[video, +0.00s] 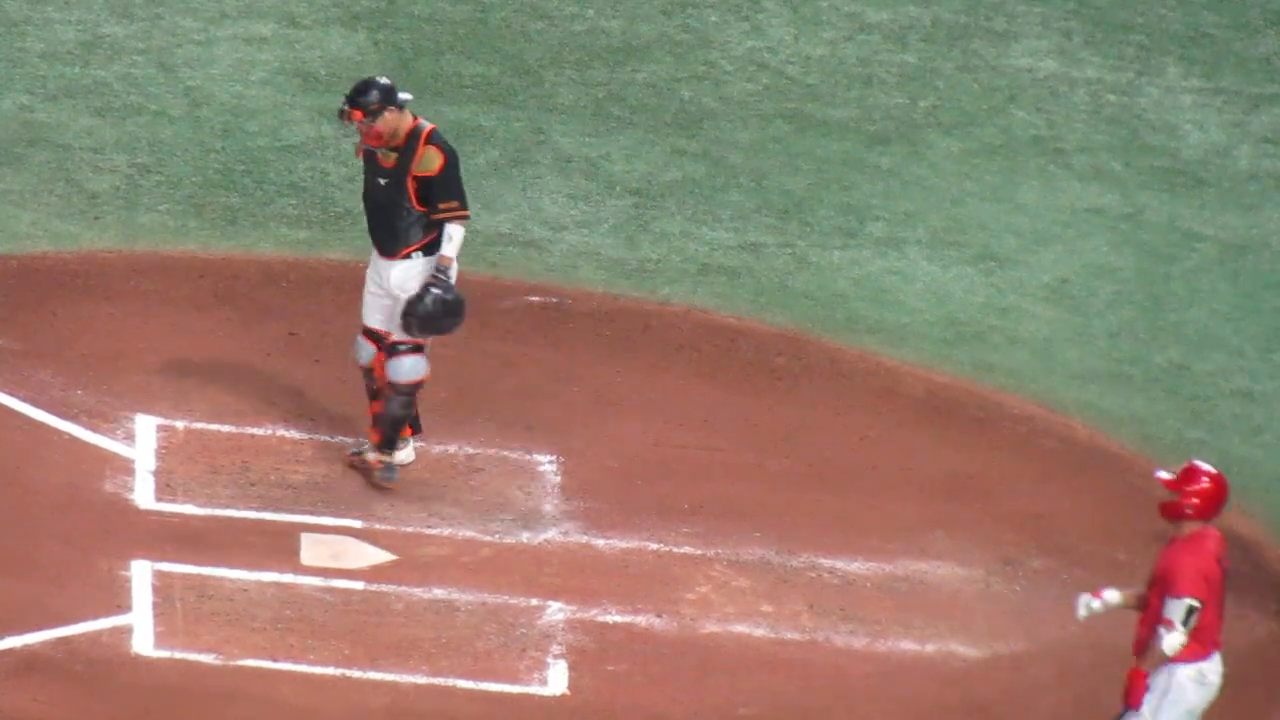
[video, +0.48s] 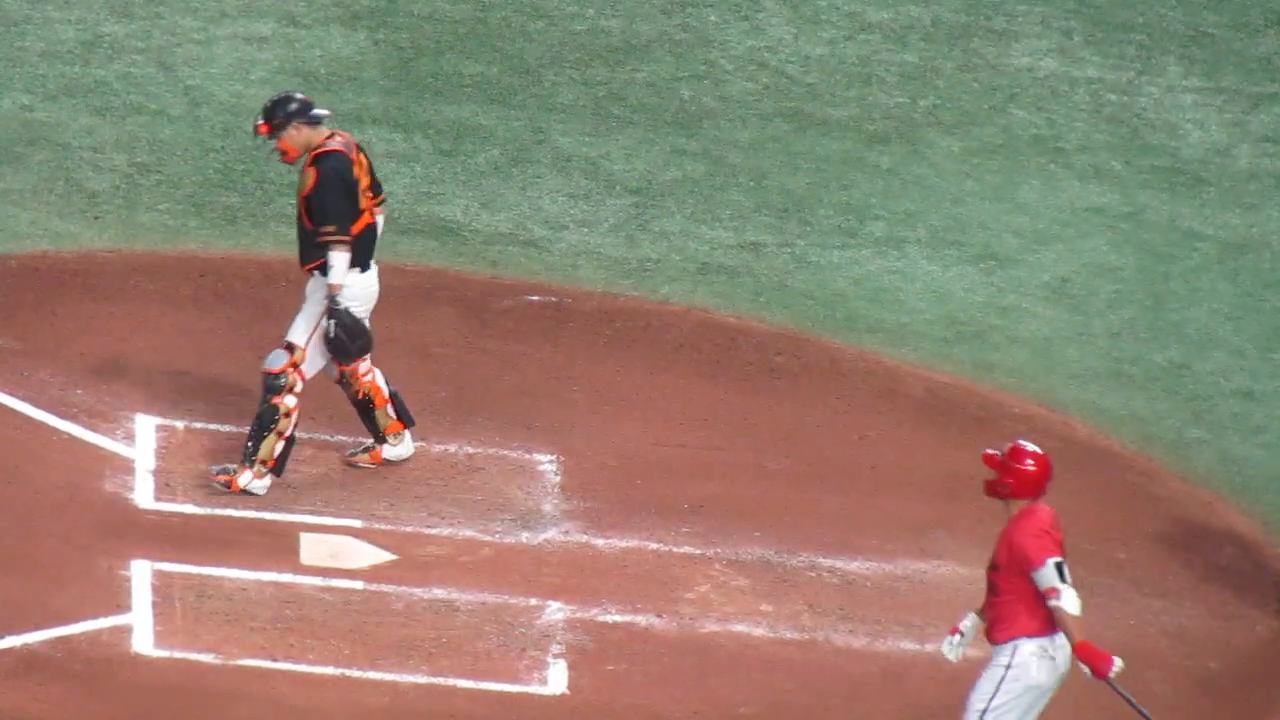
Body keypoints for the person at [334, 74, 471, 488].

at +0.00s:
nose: (364, 131)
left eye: (369, 122)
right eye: (360, 123)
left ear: (390, 113)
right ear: (369, 119)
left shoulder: (431, 149)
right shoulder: (376, 138)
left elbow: (455, 218)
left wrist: (442, 273)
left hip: (419, 265)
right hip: (382, 260)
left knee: (405, 358)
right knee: (370, 351)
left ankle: (394, 446)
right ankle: (392, 437)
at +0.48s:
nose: (279, 147)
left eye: (280, 137)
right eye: (275, 139)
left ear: (302, 127)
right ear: (304, 127)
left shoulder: (328, 167)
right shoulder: (344, 146)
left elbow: (337, 239)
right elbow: (375, 209)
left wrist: (336, 304)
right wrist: (356, 256)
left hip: (337, 282)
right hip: (357, 277)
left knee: (284, 371)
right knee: (351, 365)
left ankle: (257, 472)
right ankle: (396, 439)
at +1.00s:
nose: (198, 151)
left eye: (196, 141)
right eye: (193, 144)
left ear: (212, 128)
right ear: (227, 120)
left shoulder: (236, 161)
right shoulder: (277, 137)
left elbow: (235, 237)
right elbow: (313, 193)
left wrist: (203, 289)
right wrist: (315, 243)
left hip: (277, 275)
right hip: (306, 266)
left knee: (244, 370)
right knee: (269, 364)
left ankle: (247, 471)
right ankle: (273, 460)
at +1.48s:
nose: (211, 98)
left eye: (218, 92)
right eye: (212, 90)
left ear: (240, 98)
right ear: (240, 97)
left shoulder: (259, 142)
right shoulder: (250, 133)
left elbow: (257, 215)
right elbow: (250, 208)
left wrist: (232, 272)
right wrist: (232, 261)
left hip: (267, 266)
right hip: (253, 262)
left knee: (236, 363)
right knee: (218, 350)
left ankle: (249, 469)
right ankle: (247, 430)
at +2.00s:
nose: (235, 75)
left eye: (245, 70)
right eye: (236, 68)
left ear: (268, 79)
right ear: (247, 75)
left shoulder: (297, 129)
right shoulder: (230, 117)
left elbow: (322, 195)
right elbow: (247, 173)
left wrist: (324, 253)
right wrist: (255, 221)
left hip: (291, 246)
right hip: (248, 242)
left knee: (295, 338)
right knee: (236, 333)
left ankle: (314, 411)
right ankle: (247, 423)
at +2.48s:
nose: (361, 92)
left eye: (370, 83)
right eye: (352, 83)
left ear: (381, 86)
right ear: (338, 86)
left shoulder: (403, 129)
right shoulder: (313, 136)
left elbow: (416, 191)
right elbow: (296, 194)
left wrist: (419, 247)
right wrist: (303, 239)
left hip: (380, 251)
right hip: (327, 252)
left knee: (380, 337)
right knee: (285, 333)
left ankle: (345, 415)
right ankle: (256, 424)